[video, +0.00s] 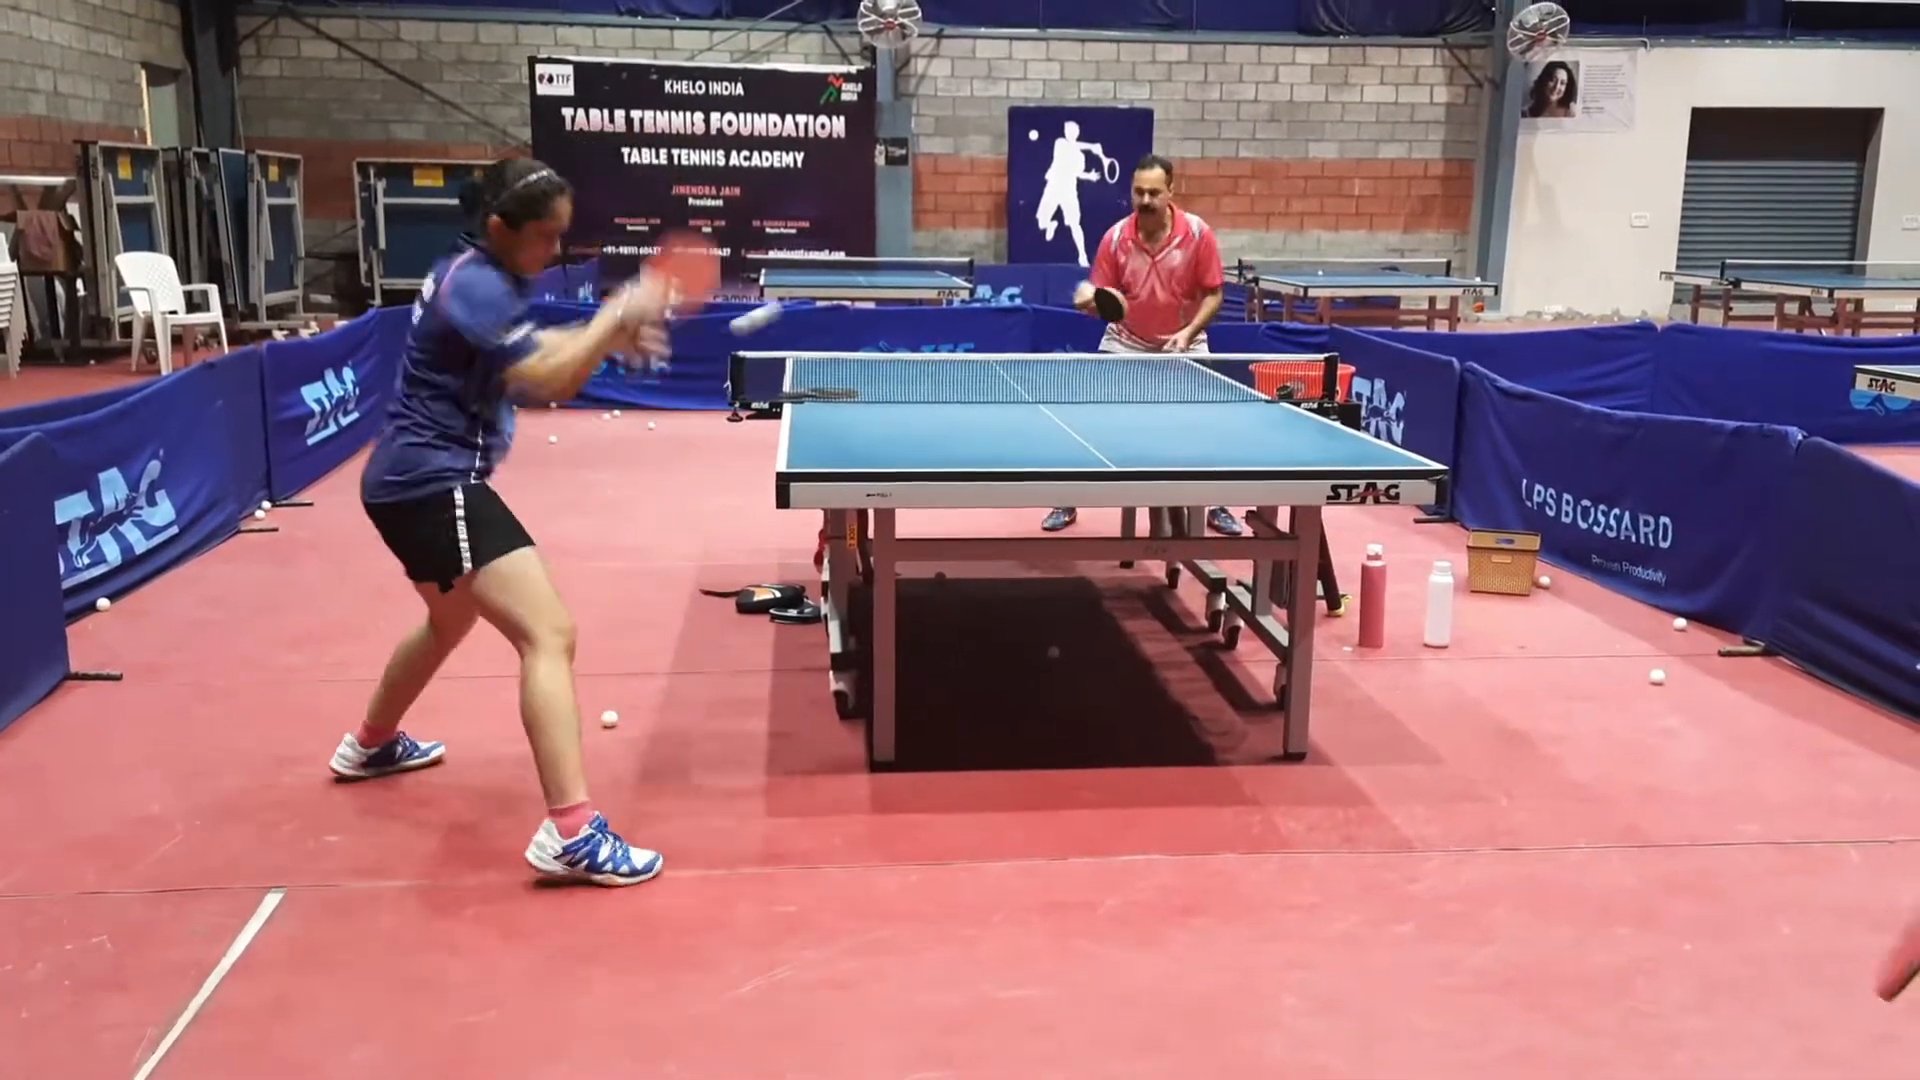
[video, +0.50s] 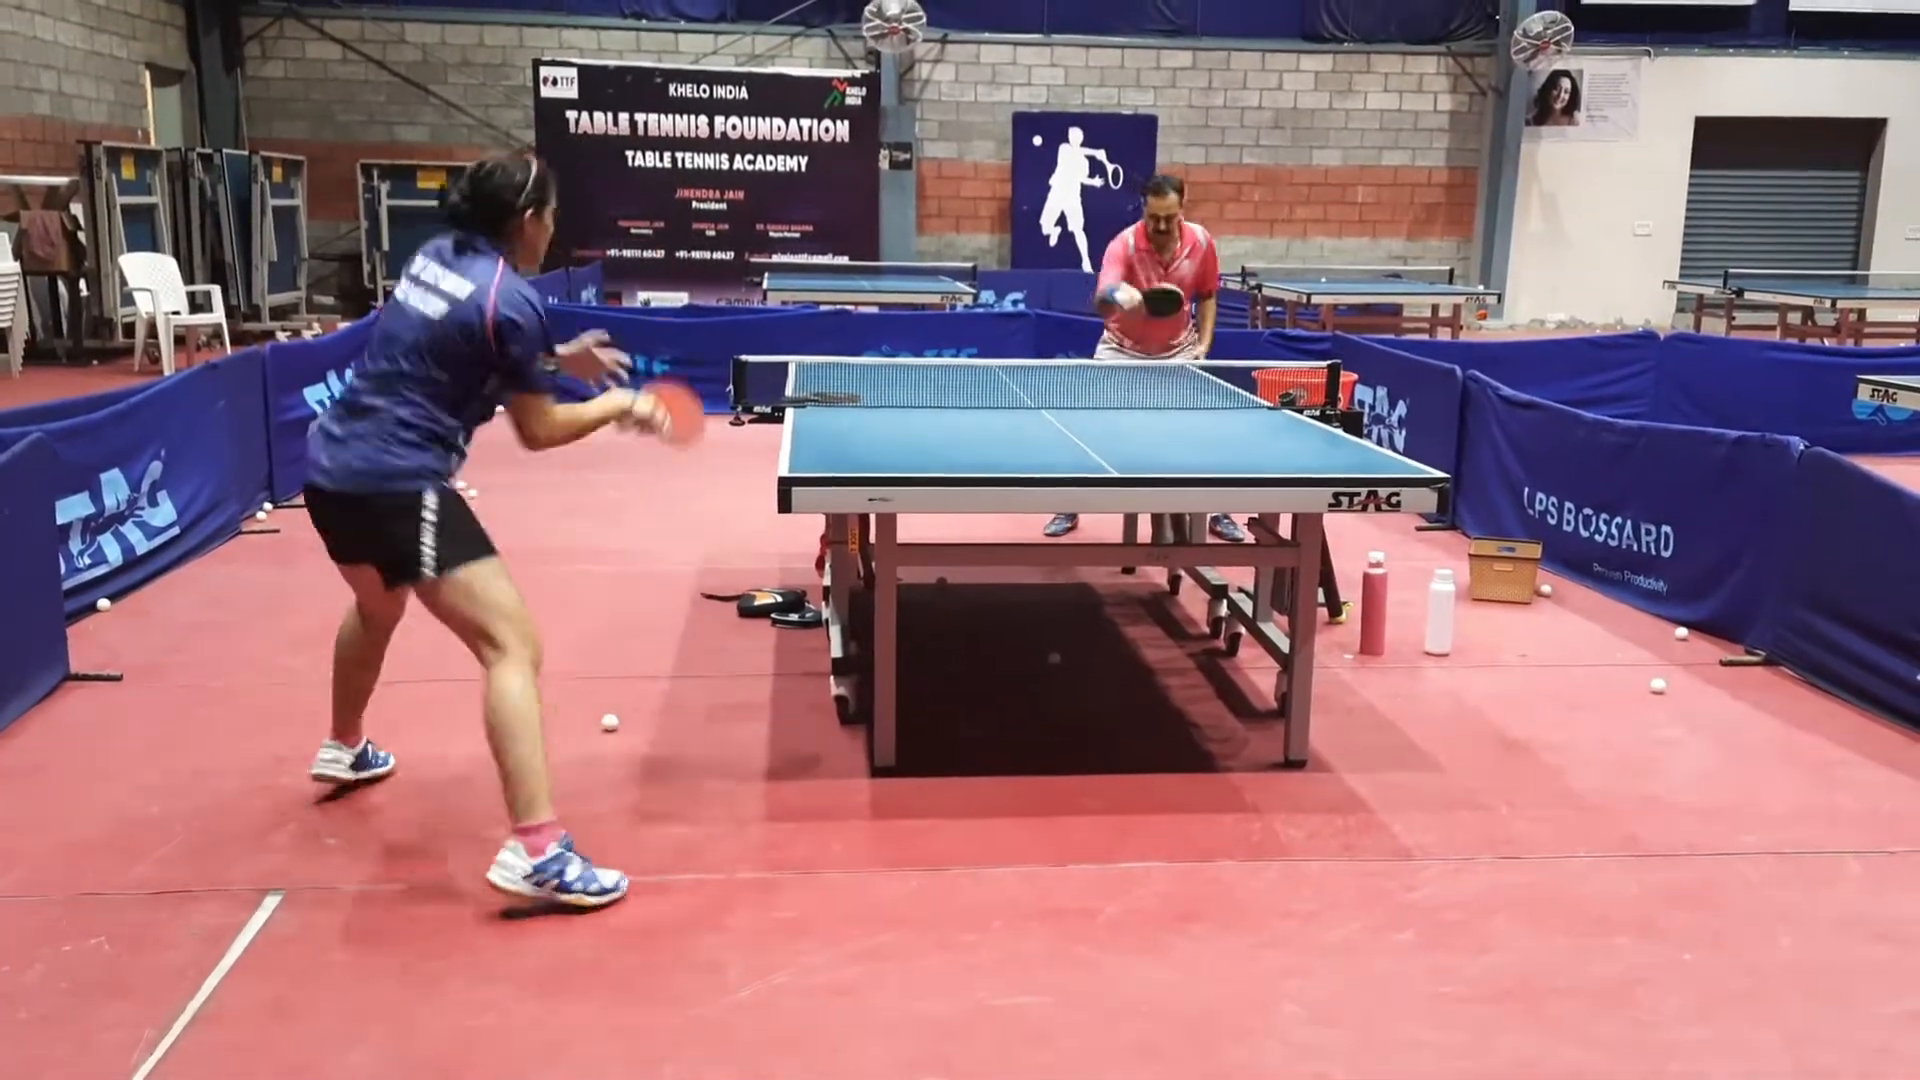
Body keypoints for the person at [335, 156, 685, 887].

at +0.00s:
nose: (557, 247)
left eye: (561, 234)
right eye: (546, 235)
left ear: (509, 229)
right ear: (499, 226)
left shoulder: (477, 272)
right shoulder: (475, 289)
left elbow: (531, 360)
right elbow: (547, 380)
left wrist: (609, 337)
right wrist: (617, 312)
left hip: (405, 479)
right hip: (435, 481)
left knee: (450, 619)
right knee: (547, 634)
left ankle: (371, 744)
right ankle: (573, 829)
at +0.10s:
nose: (549, 226)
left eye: (551, 213)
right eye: (543, 214)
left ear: (485, 210)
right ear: (503, 211)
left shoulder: (428, 249)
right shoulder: (511, 268)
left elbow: (516, 272)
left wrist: (581, 232)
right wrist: (598, 216)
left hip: (364, 478)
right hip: (432, 481)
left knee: (420, 596)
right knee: (544, 632)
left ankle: (374, 739)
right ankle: (546, 822)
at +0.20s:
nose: (525, 242)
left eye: (525, 230)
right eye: (522, 232)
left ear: (454, 229)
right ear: (495, 233)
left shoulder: (401, 277)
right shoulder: (509, 298)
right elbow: (603, 343)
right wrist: (575, 254)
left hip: (358, 503)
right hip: (442, 506)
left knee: (402, 611)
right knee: (552, 657)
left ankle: (338, 753)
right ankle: (543, 834)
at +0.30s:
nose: (509, 275)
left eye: (507, 262)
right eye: (505, 264)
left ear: (433, 268)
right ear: (483, 271)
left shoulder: (384, 322)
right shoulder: (503, 344)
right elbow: (598, 410)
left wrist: (492, 328)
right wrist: (615, 320)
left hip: (353, 545)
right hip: (442, 555)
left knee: (392, 616)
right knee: (565, 688)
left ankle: (335, 756)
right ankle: (540, 855)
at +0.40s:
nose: (520, 259)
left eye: (517, 246)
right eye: (516, 247)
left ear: (444, 251)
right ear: (497, 256)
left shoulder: (399, 306)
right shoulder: (506, 333)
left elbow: (444, 362)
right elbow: (582, 432)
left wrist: (520, 341)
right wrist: (631, 357)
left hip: (345, 526)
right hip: (432, 535)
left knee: (384, 613)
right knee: (549, 673)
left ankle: (333, 756)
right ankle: (540, 858)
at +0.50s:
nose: (551, 230)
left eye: (550, 215)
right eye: (548, 216)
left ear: (479, 210)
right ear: (527, 220)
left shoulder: (439, 252)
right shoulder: (511, 302)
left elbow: (467, 358)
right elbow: (538, 426)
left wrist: (559, 356)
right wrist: (620, 408)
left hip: (330, 470)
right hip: (403, 481)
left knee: (377, 603)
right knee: (511, 648)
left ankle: (341, 747)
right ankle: (537, 849)